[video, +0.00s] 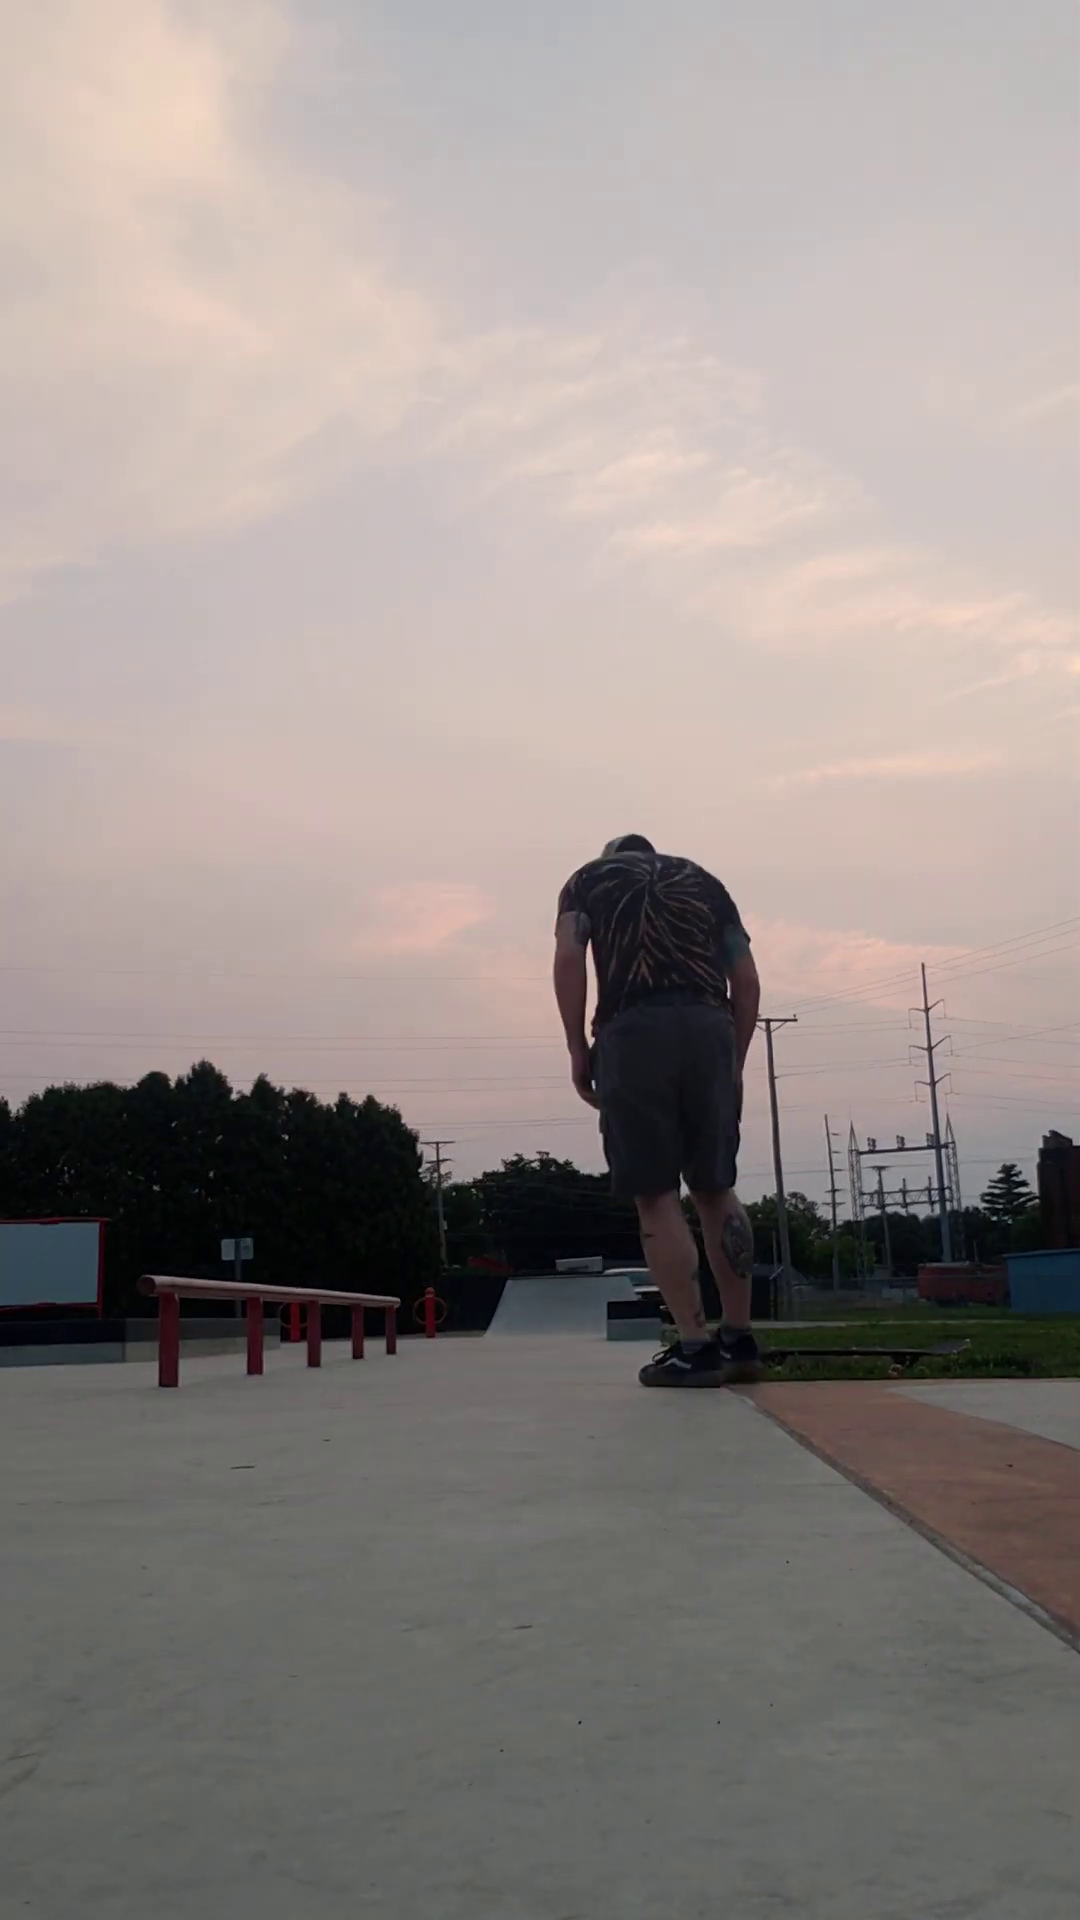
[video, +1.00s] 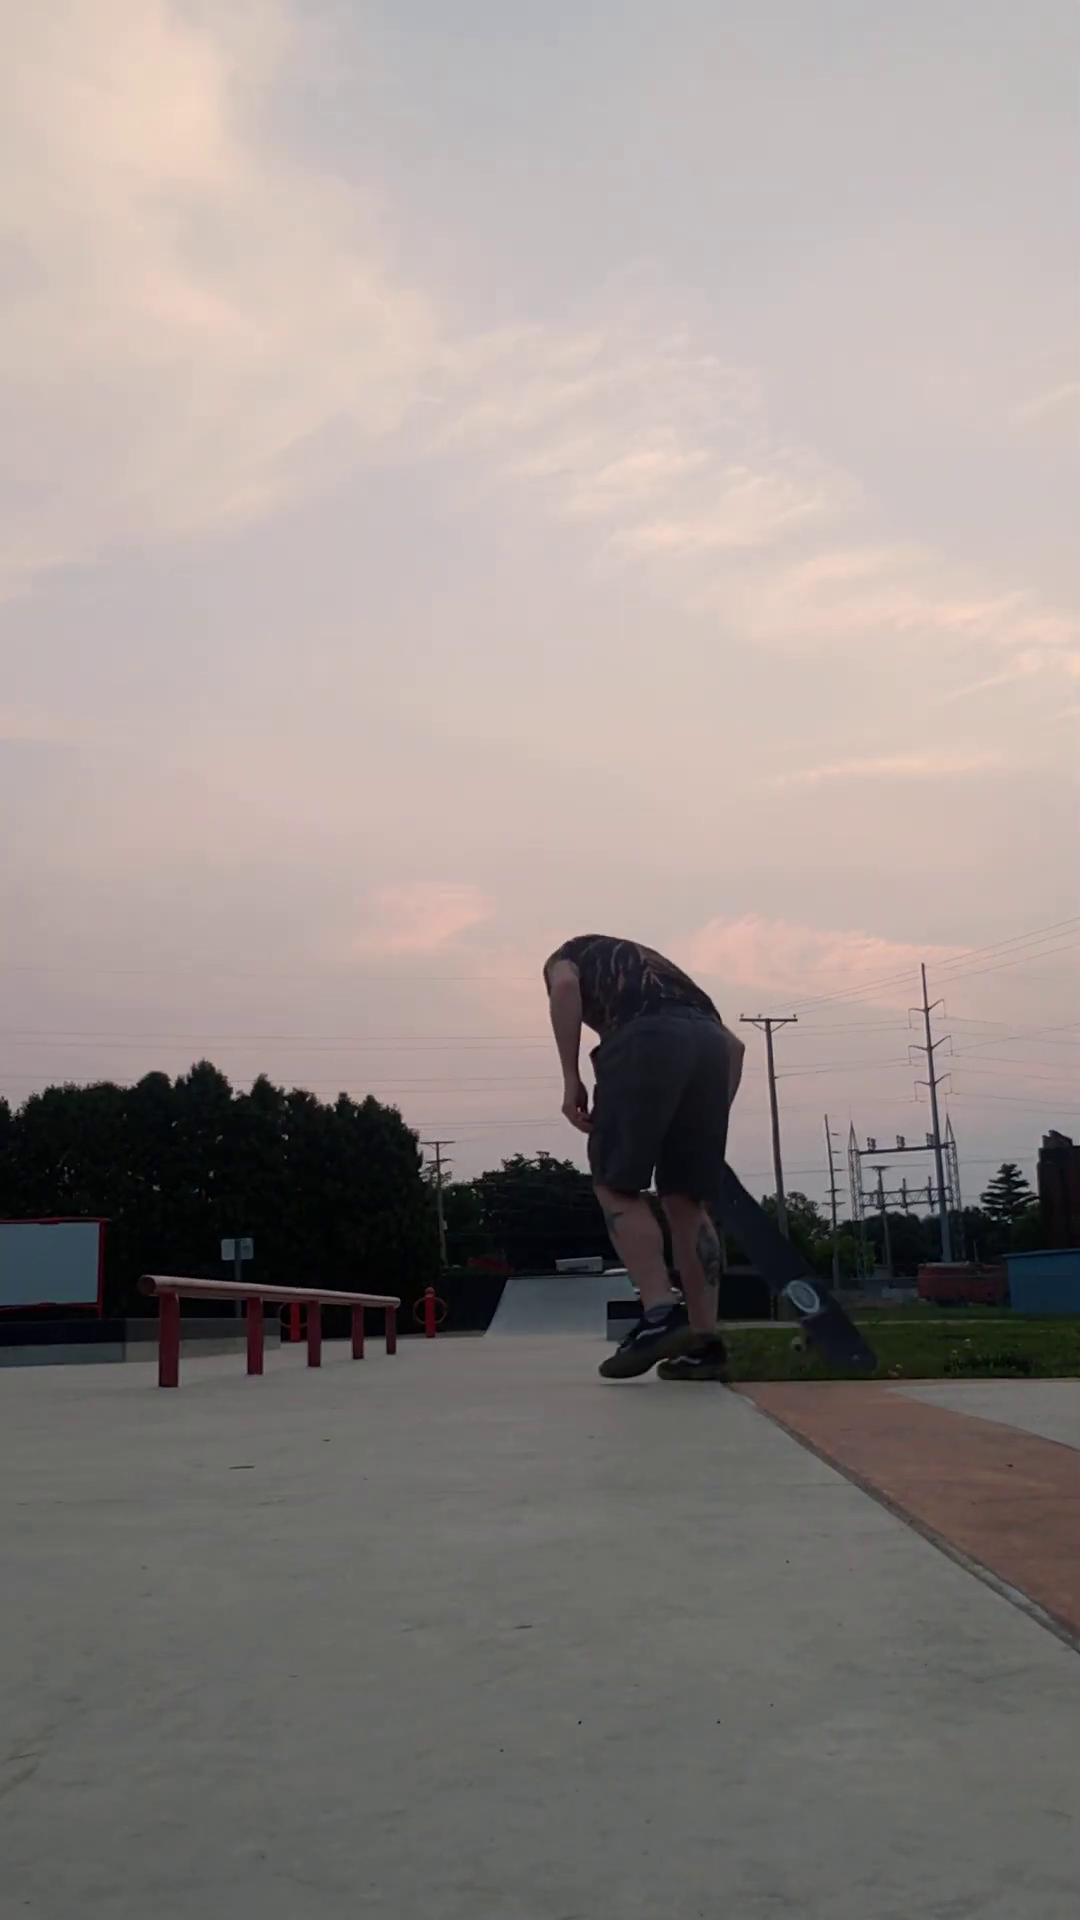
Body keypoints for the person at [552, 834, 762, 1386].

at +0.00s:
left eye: (605, 860)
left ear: (606, 857)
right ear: (654, 852)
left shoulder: (587, 880)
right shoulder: (701, 878)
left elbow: (569, 956)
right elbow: (746, 980)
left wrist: (577, 1045)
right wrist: (734, 1057)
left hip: (632, 1039)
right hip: (711, 1037)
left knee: (655, 1198)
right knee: (715, 1189)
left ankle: (694, 1347)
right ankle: (739, 1337)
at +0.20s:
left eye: (583, 957)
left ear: (593, 933)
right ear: (640, 927)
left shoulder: (595, 934)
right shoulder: (679, 943)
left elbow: (583, 966)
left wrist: (576, 1058)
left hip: (660, 1046)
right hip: (729, 1046)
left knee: (654, 1206)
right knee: (706, 1201)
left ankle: (695, 1345)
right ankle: (711, 1342)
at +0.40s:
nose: (623, 1100)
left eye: (617, 1092)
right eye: (621, 1095)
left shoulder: (595, 1004)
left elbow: (591, 1003)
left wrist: (597, 1090)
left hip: (682, 1046)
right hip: (749, 1055)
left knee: (652, 1206)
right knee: (699, 1201)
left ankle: (698, 1341)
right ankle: (710, 1337)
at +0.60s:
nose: (605, 1118)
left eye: (600, 1106)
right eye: (600, 1110)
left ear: (589, 1083)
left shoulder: (585, 1040)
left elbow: (595, 1026)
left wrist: (606, 1114)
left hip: (685, 1054)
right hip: (747, 1066)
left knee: (649, 1209)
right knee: (685, 1206)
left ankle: (699, 1337)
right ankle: (710, 1326)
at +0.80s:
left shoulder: (581, 993)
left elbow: (581, 1002)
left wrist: (593, 1094)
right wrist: (719, 1240)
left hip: (670, 1041)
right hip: (732, 1048)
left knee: (645, 1198)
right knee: (690, 1194)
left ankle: (696, 1321)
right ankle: (706, 1325)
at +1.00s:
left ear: (571, 954)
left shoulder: (568, 956)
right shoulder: (653, 965)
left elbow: (565, 986)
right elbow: (733, 1046)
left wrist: (572, 1080)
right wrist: (710, 1121)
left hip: (648, 1043)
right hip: (712, 1047)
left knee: (616, 1187)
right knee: (684, 1195)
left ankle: (659, 1311)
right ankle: (706, 1343)